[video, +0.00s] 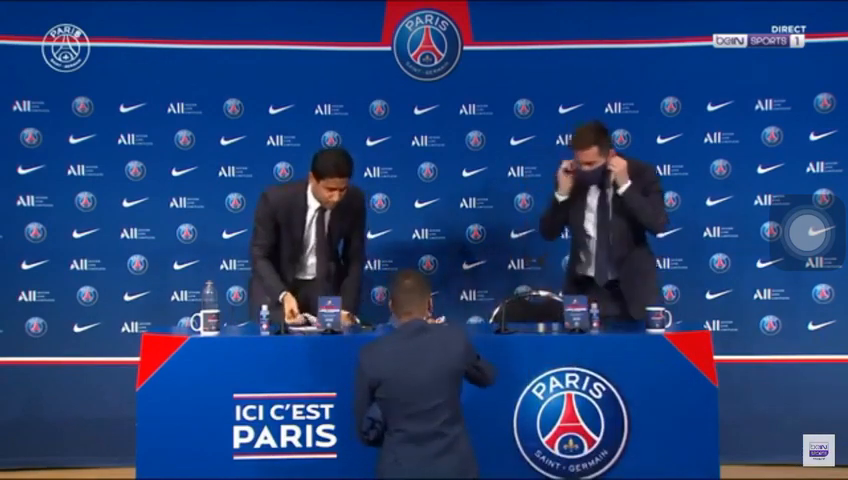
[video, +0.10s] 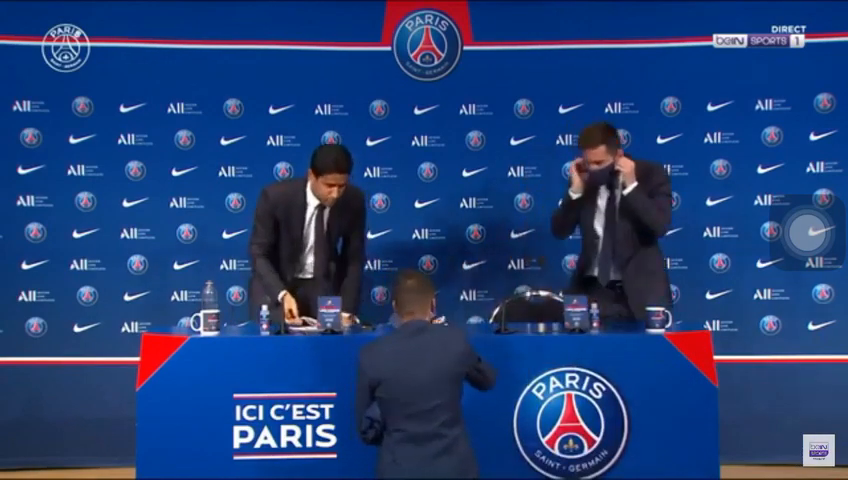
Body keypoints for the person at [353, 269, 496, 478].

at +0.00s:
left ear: (391, 306)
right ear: (430, 304)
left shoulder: (372, 354)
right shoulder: (452, 339)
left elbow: (365, 427)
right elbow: (486, 377)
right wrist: (442, 332)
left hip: (400, 462)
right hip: (452, 460)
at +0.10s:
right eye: (434, 302)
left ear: (395, 307)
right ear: (433, 304)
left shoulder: (373, 354)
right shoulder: (453, 340)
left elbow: (365, 426)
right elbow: (486, 380)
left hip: (399, 462)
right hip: (452, 460)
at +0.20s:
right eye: (437, 301)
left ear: (397, 306)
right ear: (435, 303)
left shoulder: (374, 353)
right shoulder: (454, 341)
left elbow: (366, 426)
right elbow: (490, 382)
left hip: (399, 463)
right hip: (452, 461)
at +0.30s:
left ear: (402, 307)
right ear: (438, 305)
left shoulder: (377, 353)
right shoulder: (457, 342)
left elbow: (368, 426)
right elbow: (500, 382)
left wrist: (399, 430)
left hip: (399, 463)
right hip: (451, 462)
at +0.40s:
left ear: (405, 306)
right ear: (441, 305)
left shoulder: (380, 352)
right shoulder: (461, 342)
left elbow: (370, 426)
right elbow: (505, 378)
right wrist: (456, 335)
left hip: (400, 463)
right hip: (452, 463)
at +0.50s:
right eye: (451, 302)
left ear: (411, 307)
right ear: (446, 305)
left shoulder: (384, 351)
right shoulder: (466, 342)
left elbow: (374, 424)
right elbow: (511, 369)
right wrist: (474, 334)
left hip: (404, 462)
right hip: (457, 462)